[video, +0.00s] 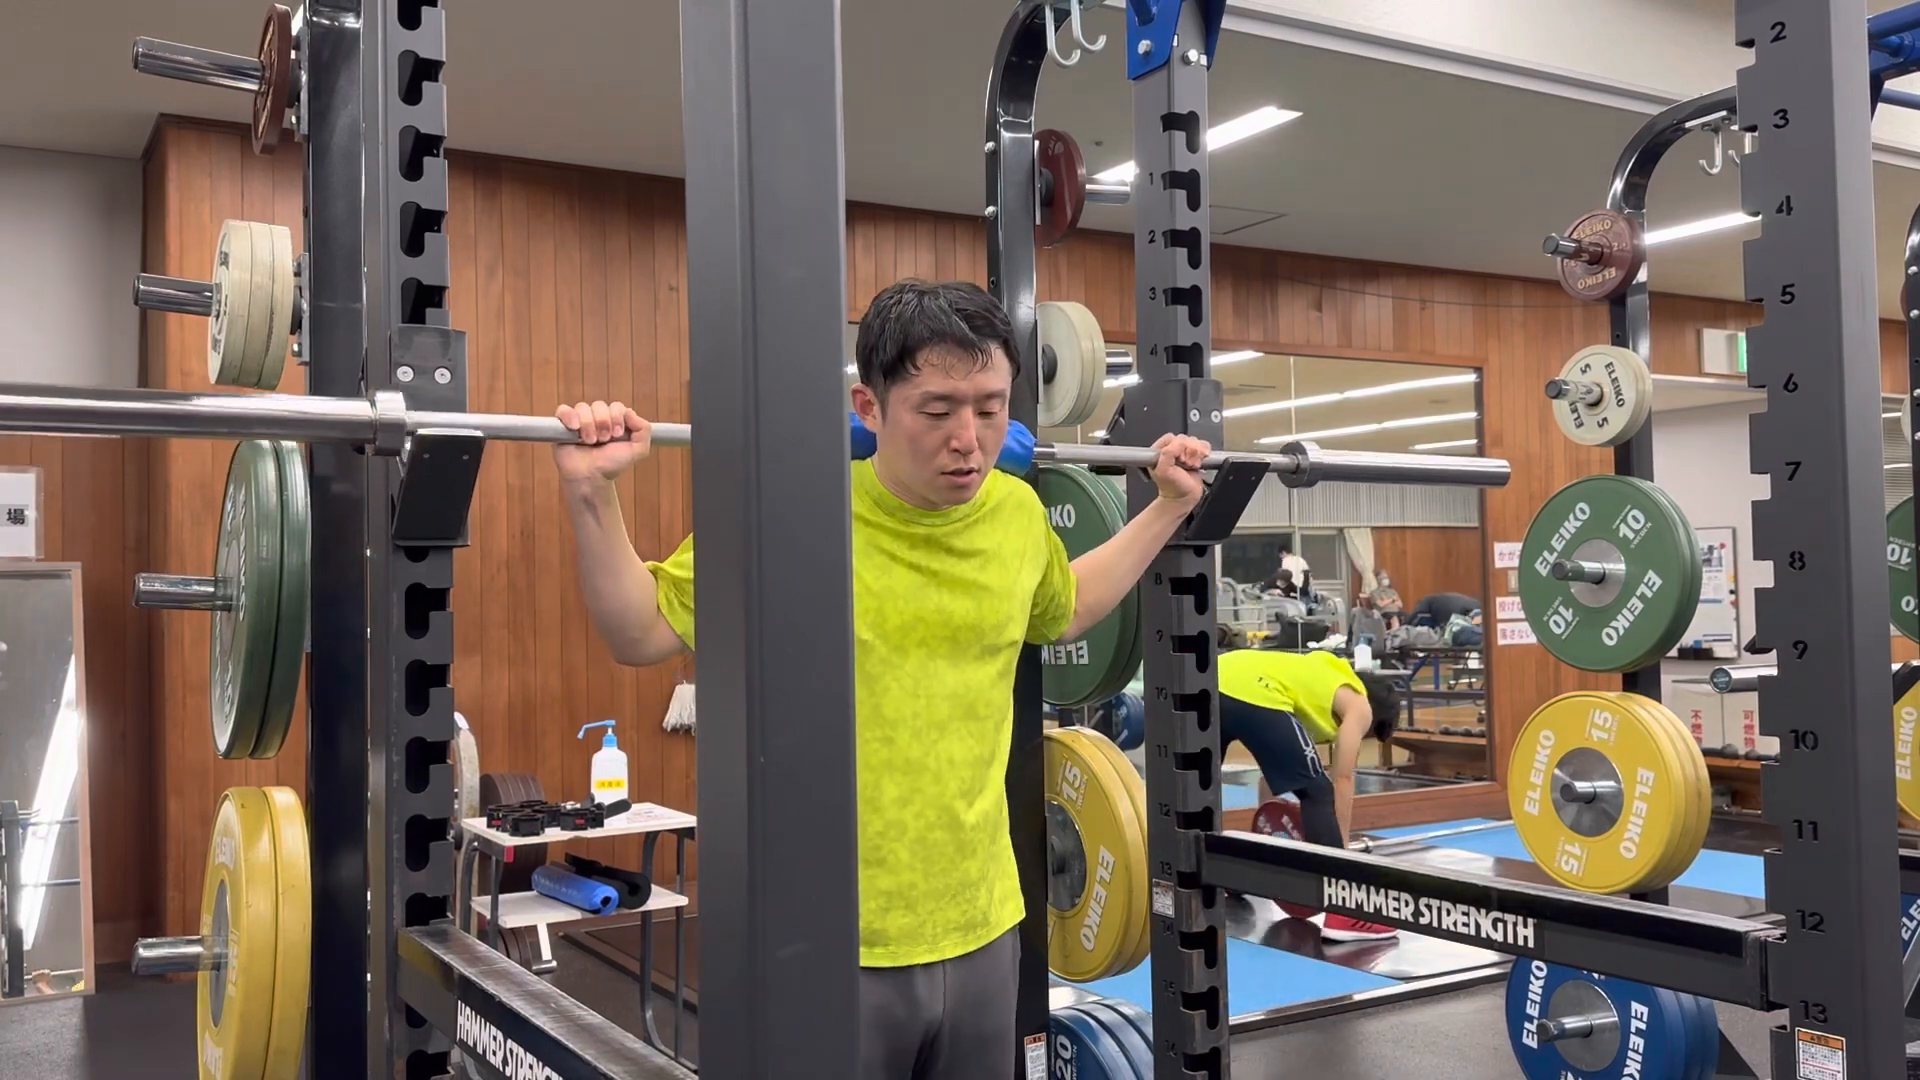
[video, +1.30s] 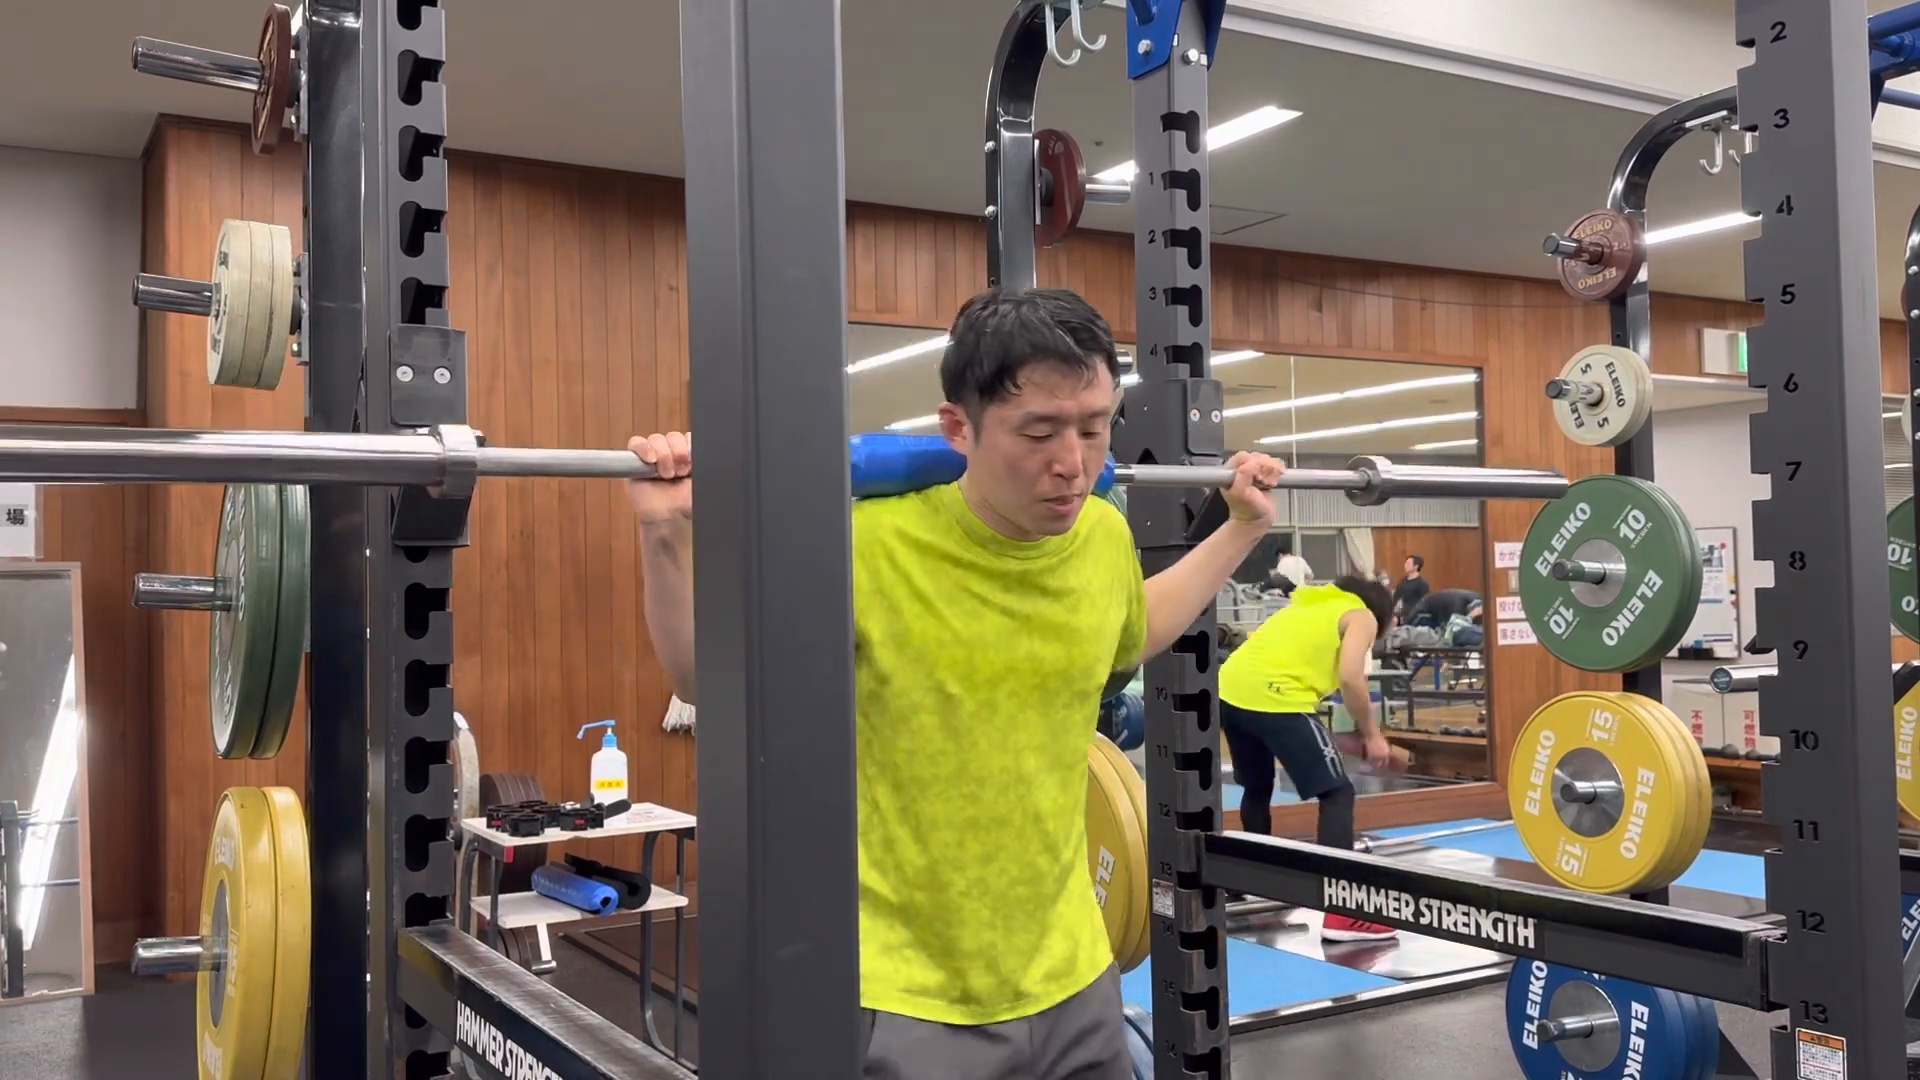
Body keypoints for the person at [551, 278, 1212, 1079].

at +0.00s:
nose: (966, 440)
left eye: (987, 410)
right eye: (935, 411)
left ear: (1009, 409)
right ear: (868, 407)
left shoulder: (1015, 512)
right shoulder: (803, 512)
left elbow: (1058, 607)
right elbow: (644, 632)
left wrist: (1168, 510)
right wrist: (591, 495)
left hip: (984, 942)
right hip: (838, 955)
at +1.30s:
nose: (1074, 462)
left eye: (1092, 428)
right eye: (1039, 430)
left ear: (1111, 420)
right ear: (958, 428)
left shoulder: (1103, 536)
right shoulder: (865, 548)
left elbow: (1124, 639)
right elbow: (704, 678)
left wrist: (1240, 531)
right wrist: (666, 536)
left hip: (1074, 984)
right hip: (909, 1007)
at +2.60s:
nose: (1133, 485)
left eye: (1147, 453)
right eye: (1092, 454)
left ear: (1164, 461)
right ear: (999, 476)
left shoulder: (1151, 599)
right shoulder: (894, 608)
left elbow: (1183, 711)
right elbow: (719, 761)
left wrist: (1298, 598)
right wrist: (677, 612)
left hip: (1091, 1025)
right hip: (914, 1037)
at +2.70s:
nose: (1141, 559)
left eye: (1155, 527)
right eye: (1099, 528)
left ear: (1170, 535)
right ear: (1007, 546)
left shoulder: (1161, 667)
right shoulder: (905, 683)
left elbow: (1193, 768)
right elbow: (729, 834)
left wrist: (1308, 652)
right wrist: (681, 686)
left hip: (1079, 1050)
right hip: (911, 1052)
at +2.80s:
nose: (1149, 647)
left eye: (1163, 614)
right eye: (1107, 618)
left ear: (1179, 619)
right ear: (1014, 637)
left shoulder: (1169, 748)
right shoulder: (911, 777)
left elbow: (1196, 848)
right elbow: (735, 917)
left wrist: (1316, 730)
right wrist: (691, 788)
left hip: (1074, 1060)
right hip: (905, 1060)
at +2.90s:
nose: (1152, 704)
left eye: (1165, 670)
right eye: (1109, 674)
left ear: (1181, 674)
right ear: (1017, 692)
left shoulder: (1173, 797)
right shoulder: (906, 839)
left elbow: (1200, 891)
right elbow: (737, 977)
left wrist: (1319, 775)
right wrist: (692, 838)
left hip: (1092, 1063)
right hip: (917, 1064)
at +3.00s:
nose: (1157, 766)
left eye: (1169, 729)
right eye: (1114, 737)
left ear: (1186, 732)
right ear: (1019, 754)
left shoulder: (1179, 856)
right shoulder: (915, 895)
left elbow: (1203, 945)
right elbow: (735, 1033)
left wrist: (1324, 830)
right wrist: (694, 908)